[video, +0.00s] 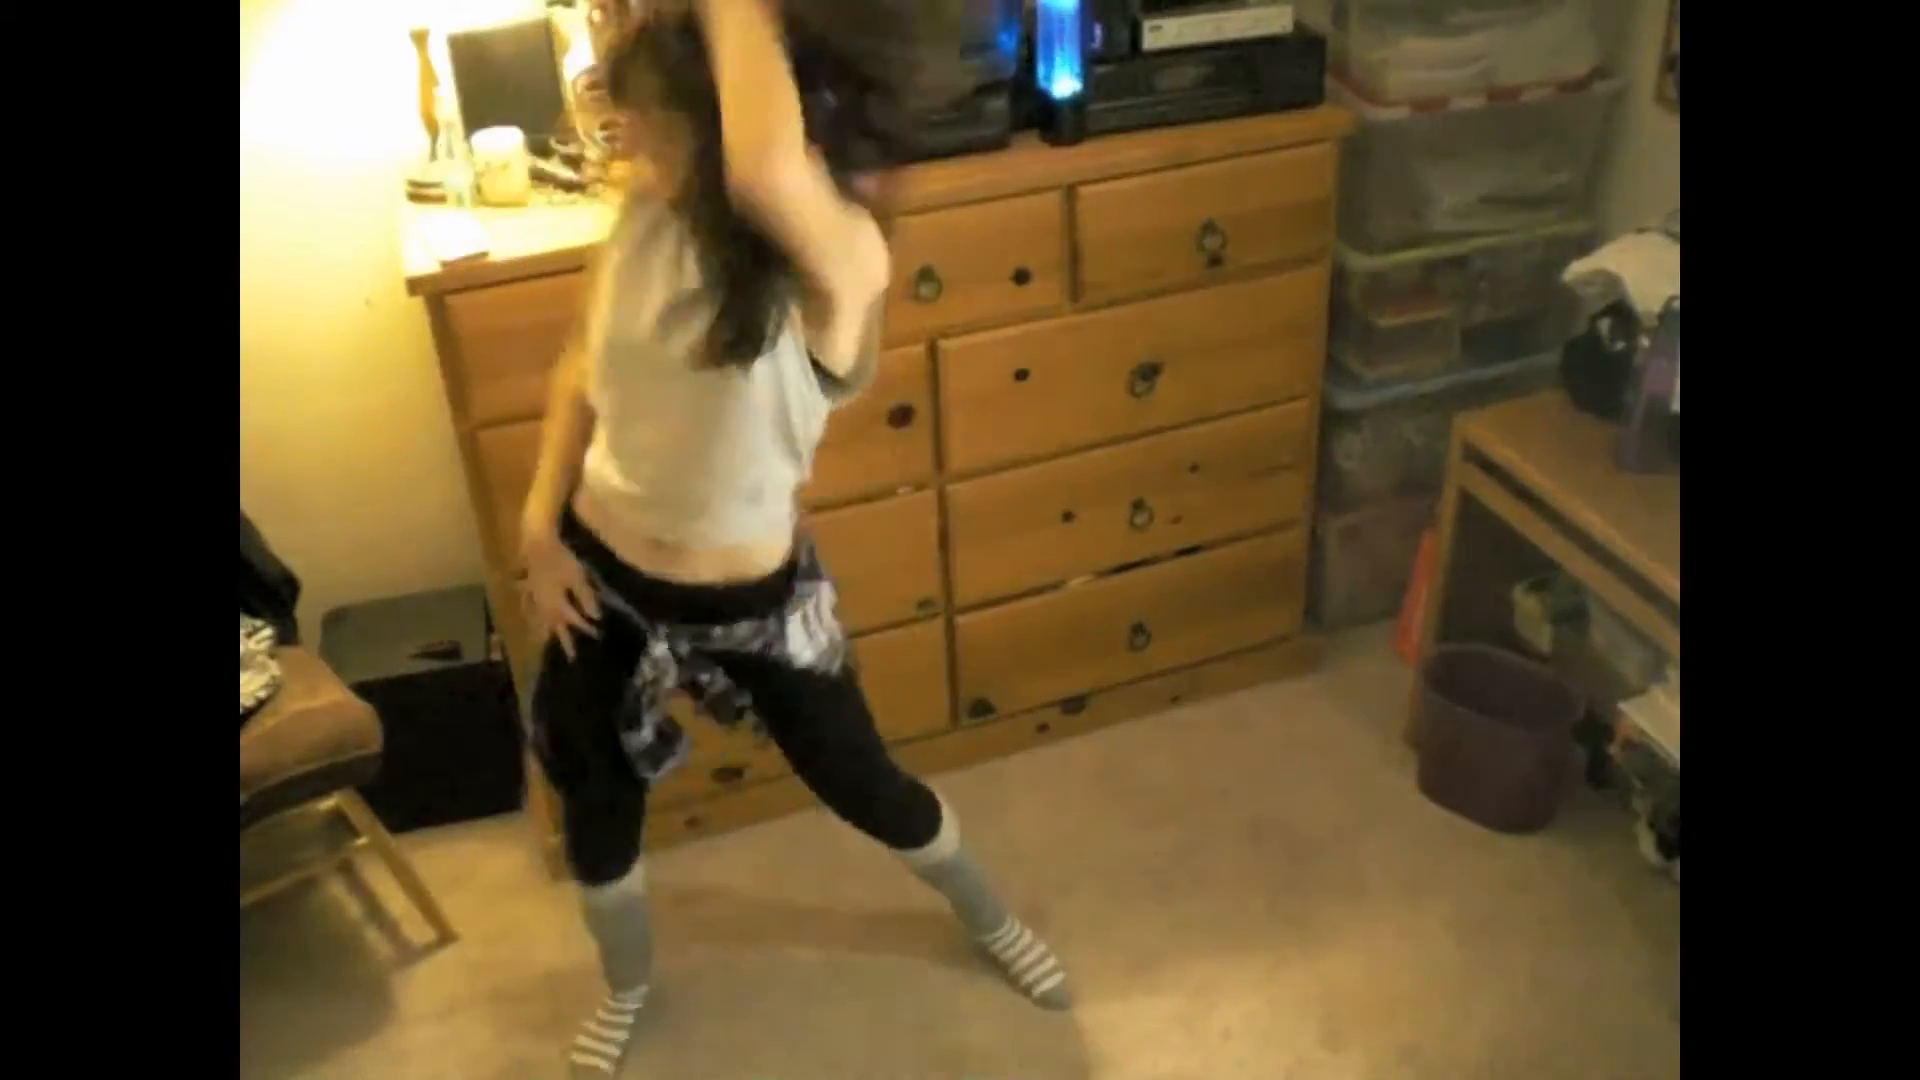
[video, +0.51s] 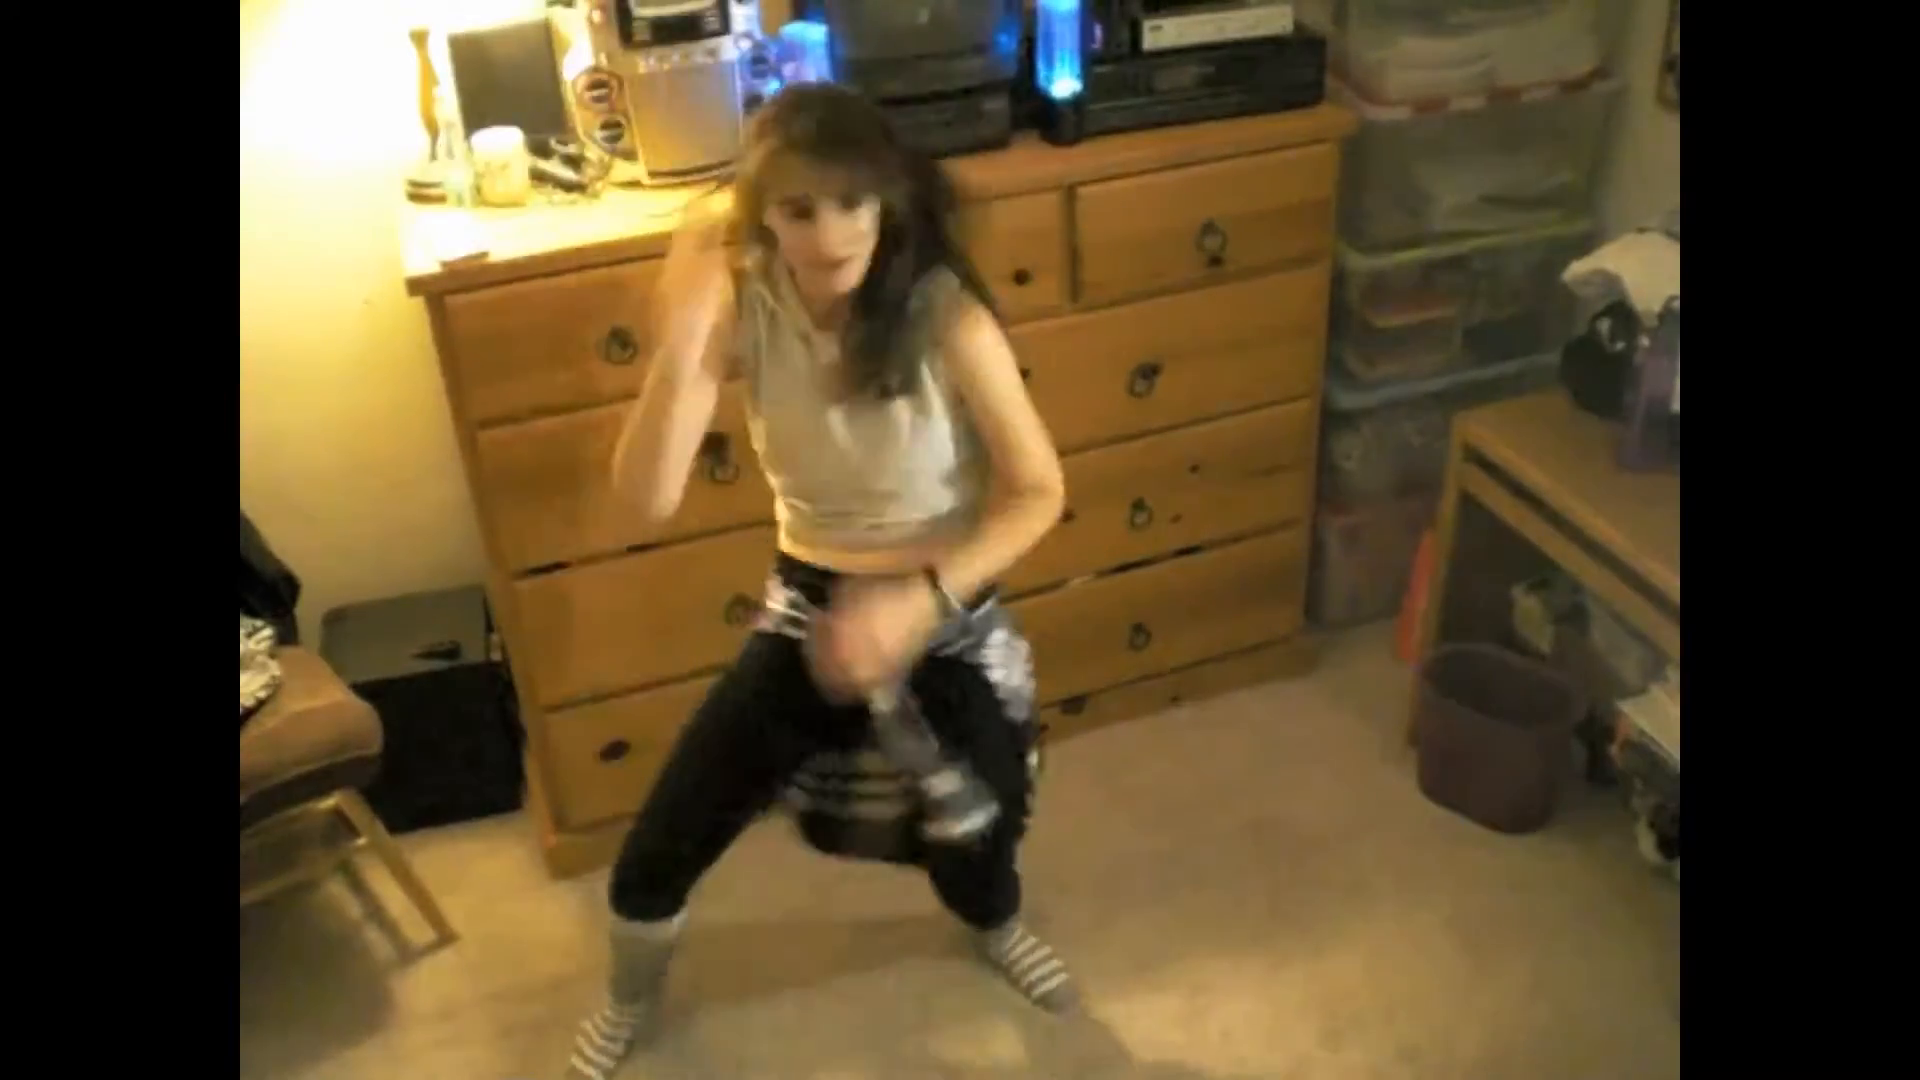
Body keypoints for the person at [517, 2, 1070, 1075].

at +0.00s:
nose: (618, 135)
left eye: (638, 112)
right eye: (616, 112)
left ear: (721, 114)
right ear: (644, 121)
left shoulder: (840, 258)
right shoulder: (640, 221)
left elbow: (764, 166)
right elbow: (579, 375)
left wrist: (733, 6)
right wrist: (540, 525)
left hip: (757, 603)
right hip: (610, 587)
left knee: (868, 793)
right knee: (597, 824)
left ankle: (992, 919)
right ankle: (626, 989)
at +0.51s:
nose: (828, 234)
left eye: (850, 204)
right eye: (798, 211)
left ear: (889, 205)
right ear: (763, 219)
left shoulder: (944, 316)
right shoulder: (743, 317)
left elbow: (1036, 490)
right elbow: (645, 505)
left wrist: (922, 598)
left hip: (946, 610)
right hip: (808, 611)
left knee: (978, 863)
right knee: (652, 865)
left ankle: (1001, 933)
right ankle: (627, 1010)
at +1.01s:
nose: (795, 228)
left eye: (800, 200)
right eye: (761, 211)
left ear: (812, 189)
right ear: (685, 220)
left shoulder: (852, 271)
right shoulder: (662, 325)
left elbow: (914, 406)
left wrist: (910, 574)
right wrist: (594, 240)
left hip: (859, 627)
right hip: (716, 646)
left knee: (1026, 810)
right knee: (693, 903)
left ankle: (1001, 920)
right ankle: (618, 1003)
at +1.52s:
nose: (838, 247)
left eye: (838, 220)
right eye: (816, 225)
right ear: (745, 226)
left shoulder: (784, 315)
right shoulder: (661, 344)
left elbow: (827, 443)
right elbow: (652, 547)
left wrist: (867, 529)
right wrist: (720, 710)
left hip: (830, 592)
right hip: (720, 659)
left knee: (994, 777)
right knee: (719, 937)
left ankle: (1009, 918)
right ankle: (625, 994)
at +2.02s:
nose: (562, 188)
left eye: (588, 158)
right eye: (556, 161)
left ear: (680, 158)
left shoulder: (819, 264)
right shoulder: (574, 302)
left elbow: (862, 451)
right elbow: (563, 442)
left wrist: (815, 615)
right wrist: (563, 588)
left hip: (786, 616)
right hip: (635, 626)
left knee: (944, 793)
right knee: (636, 869)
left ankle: (1009, 922)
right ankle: (617, 1007)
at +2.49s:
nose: (642, 152)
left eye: (659, 128)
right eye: (637, 128)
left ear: (733, 111)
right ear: (657, 116)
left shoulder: (850, 222)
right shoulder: (664, 196)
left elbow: (852, 444)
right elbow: (627, 344)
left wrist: (738, 600)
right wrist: (601, 495)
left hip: (791, 590)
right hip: (643, 568)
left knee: (888, 786)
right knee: (590, 805)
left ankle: (992, 922)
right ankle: (591, 1006)